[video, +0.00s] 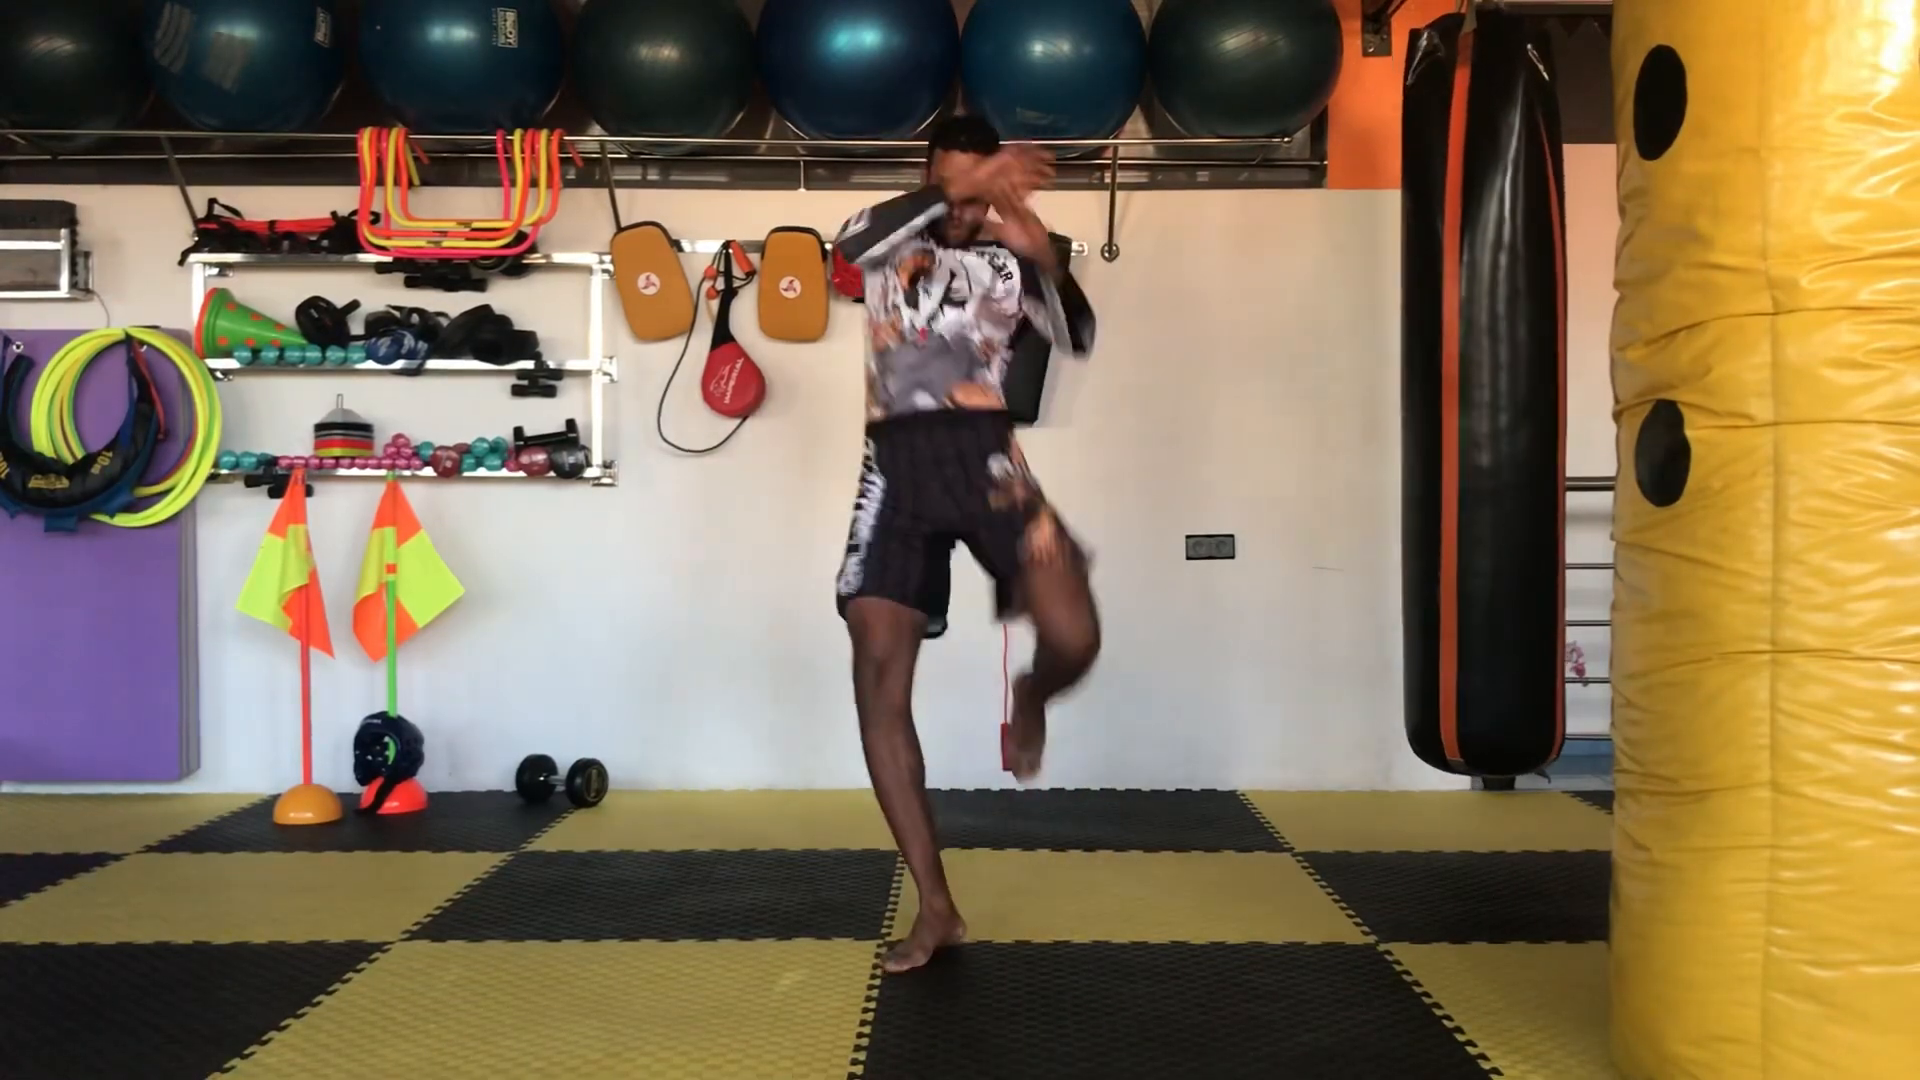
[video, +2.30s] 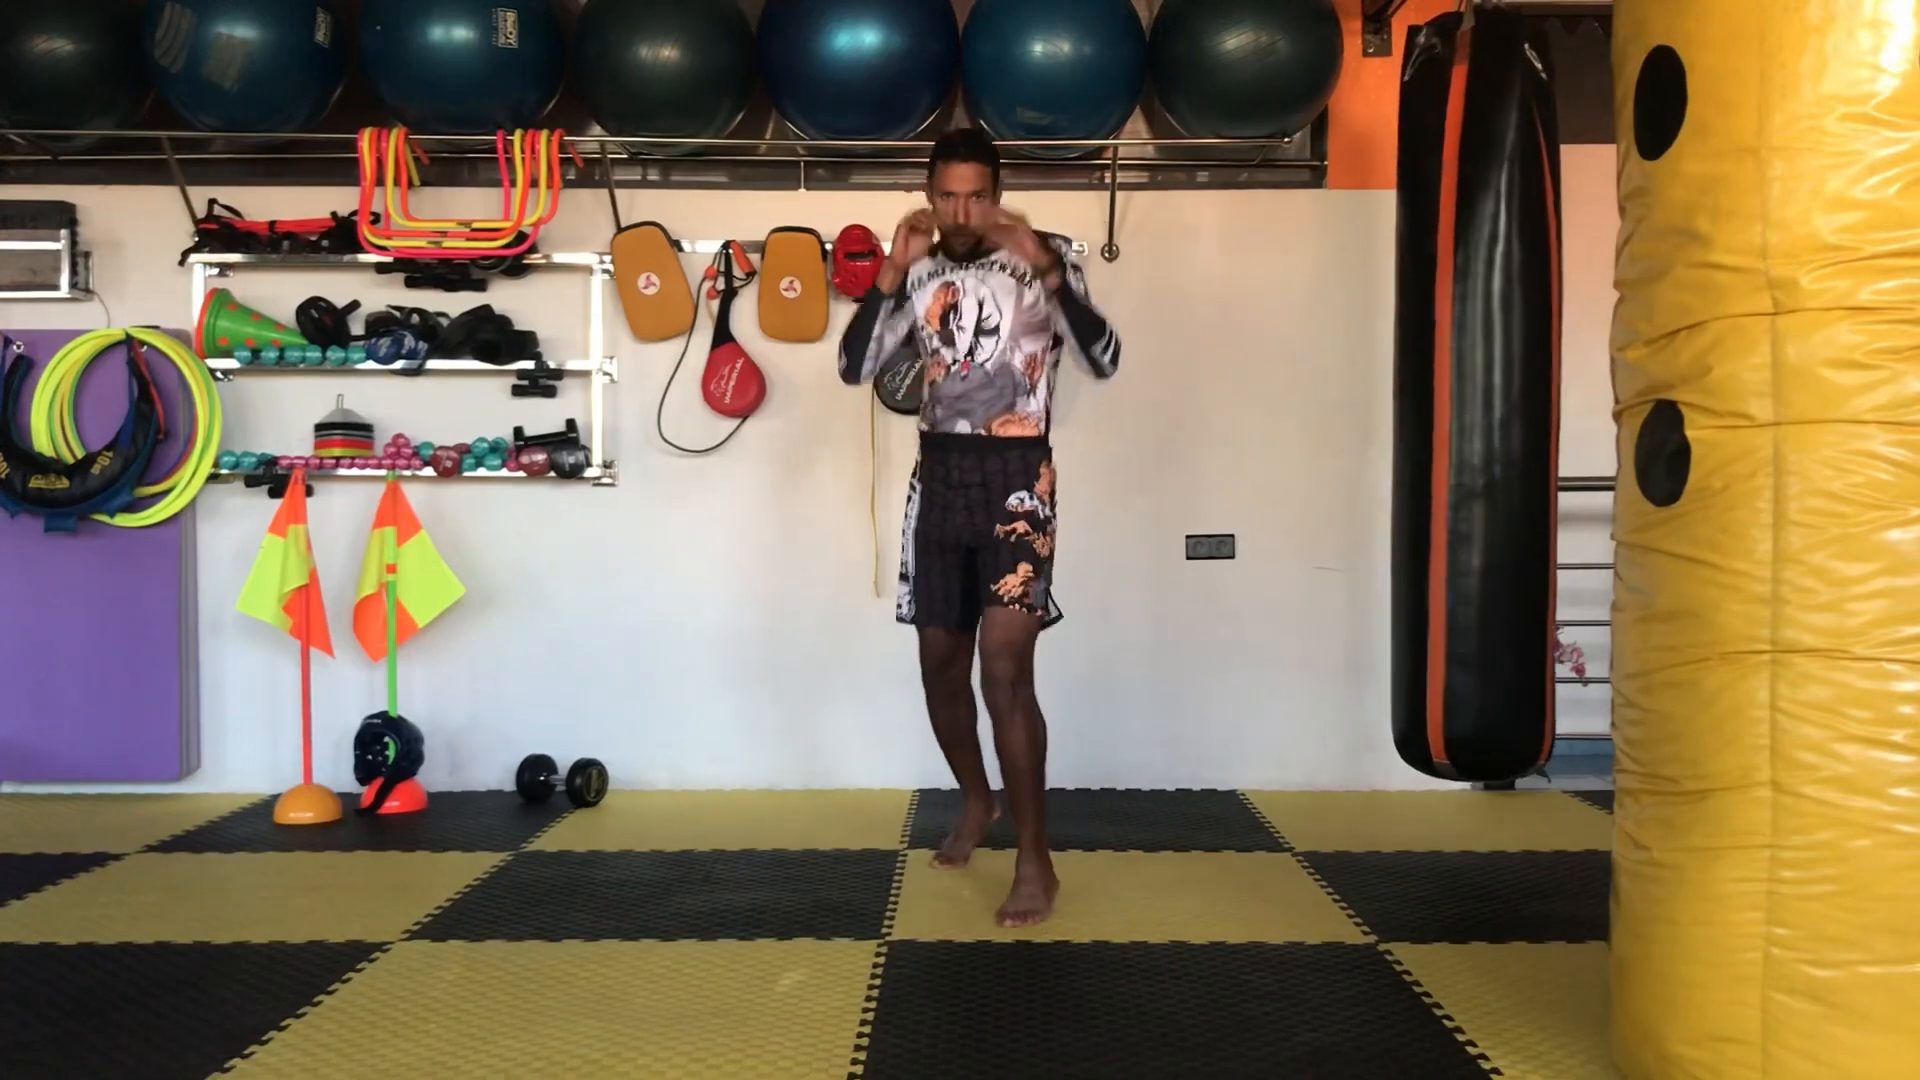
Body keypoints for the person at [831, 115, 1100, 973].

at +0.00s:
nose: (979, 188)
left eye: (989, 174)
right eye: (965, 173)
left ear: (1004, 176)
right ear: (937, 171)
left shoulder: (1026, 251)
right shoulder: (885, 234)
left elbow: (1078, 338)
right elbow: (848, 253)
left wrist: (1042, 256)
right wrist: (961, 190)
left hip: (988, 453)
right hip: (895, 460)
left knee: (1074, 640)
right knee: (878, 677)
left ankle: (1028, 701)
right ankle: (934, 905)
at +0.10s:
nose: (965, 194)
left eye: (980, 181)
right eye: (950, 179)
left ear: (999, 179)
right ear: (928, 171)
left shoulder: (1023, 261)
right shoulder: (889, 227)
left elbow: (1055, 386)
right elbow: (888, 233)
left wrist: (1084, 393)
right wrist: (996, 216)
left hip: (988, 412)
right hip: (892, 421)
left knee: (1058, 483)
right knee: (871, 674)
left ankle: (1037, 617)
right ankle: (939, 897)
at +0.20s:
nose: (975, 197)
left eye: (991, 186)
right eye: (961, 183)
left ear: (1008, 188)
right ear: (939, 176)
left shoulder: (1028, 260)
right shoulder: (893, 220)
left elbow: (1032, 374)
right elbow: (894, 225)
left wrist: (1081, 479)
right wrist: (1002, 227)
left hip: (962, 406)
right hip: (877, 424)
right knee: (871, 666)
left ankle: (1064, 526)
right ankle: (935, 888)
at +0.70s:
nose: (963, 157)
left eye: (980, 143)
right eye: (952, 142)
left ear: (1011, 153)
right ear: (935, 150)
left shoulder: (1037, 249)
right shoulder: (907, 233)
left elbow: (1049, 392)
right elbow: (820, 290)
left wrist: (1015, 355)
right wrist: (895, 245)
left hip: (965, 404)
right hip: (881, 429)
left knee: (935, 450)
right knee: (900, 678)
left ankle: (1027, 652)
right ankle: (957, 906)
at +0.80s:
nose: (963, 140)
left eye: (981, 126)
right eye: (951, 125)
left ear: (1011, 140)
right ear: (935, 134)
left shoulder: (1038, 241)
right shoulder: (909, 228)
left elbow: (1060, 381)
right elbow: (822, 342)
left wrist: (1004, 332)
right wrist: (840, 304)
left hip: (972, 421)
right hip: (895, 438)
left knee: (958, 555)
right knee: (917, 679)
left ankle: (1043, 732)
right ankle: (961, 912)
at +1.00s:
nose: (963, 127)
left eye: (982, 114)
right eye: (953, 110)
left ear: (1011, 129)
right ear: (936, 121)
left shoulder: (1042, 226)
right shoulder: (920, 234)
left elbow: (1080, 374)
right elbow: (916, 346)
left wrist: (994, 314)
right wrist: (880, 383)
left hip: (1006, 462)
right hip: (927, 466)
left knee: (1028, 678)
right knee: (937, 685)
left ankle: (1085, 839)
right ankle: (959, 909)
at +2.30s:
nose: (962, 210)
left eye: (976, 197)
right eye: (948, 196)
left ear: (999, 197)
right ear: (931, 199)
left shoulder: (1045, 263)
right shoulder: (920, 278)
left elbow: (1101, 360)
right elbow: (854, 365)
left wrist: (1050, 272)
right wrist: (893, 273)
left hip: (1017, 484)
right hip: (940, 484)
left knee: (1006, 673)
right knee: (942, 669)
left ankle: (1033, 858)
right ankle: (977, 799)